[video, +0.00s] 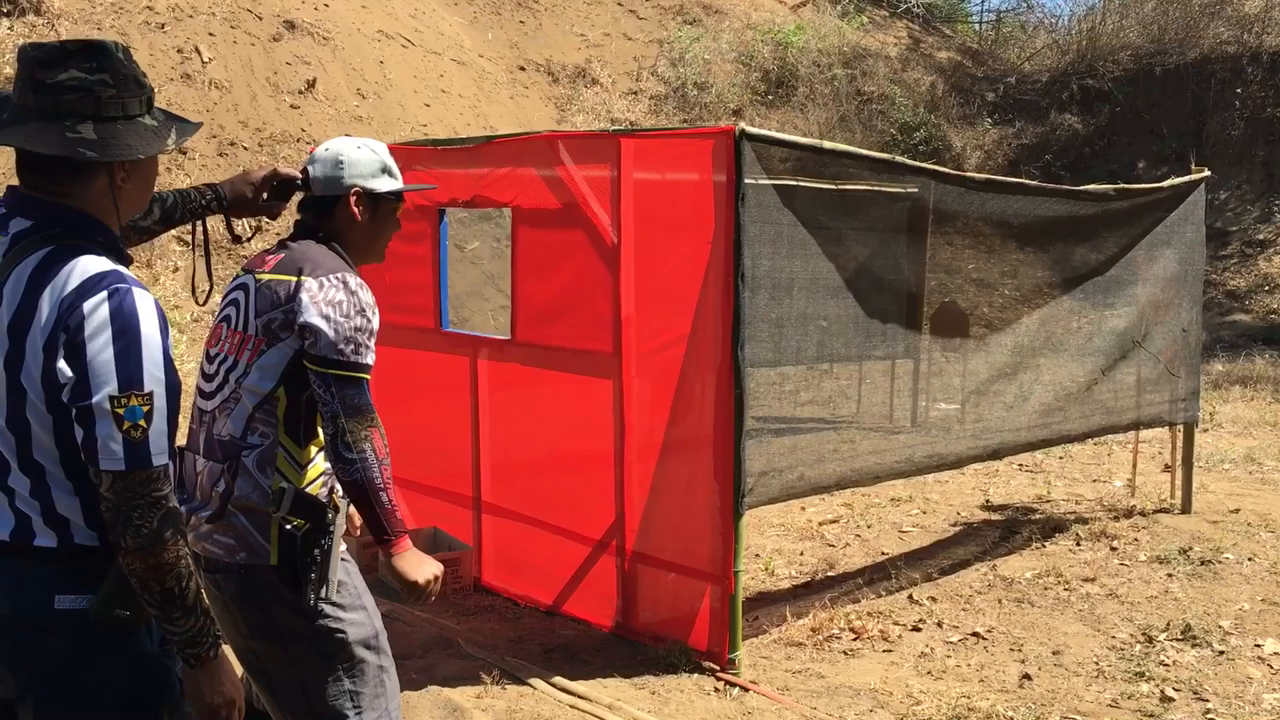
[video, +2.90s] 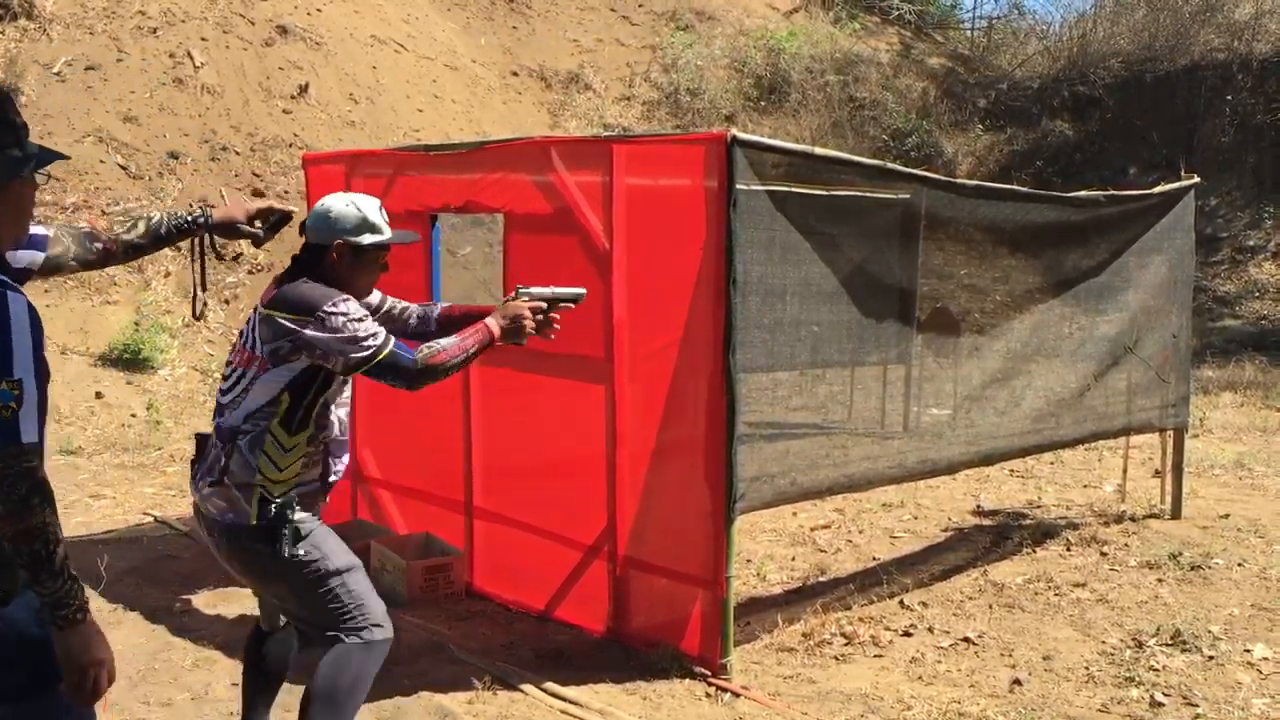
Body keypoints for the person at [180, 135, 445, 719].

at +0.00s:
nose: (401, 223)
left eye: (401, 208)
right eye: (395, 207)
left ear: (335, 203)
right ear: (356, 207)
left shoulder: (265, 267)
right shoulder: (336, 287)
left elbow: (275, 406)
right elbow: (352, 431)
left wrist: (335, 494)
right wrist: (401, 545)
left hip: (222, 532)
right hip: (280, 540)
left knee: (285, 696)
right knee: (363, 696)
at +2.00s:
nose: (406, 228)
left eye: (407, 213)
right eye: (400, 212)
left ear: (339, 210)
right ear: (360, 212)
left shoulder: (272, 271)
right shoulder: (339, 291)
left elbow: (280, 414)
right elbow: (353, 435)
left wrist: (342, 509)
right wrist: (402, 547)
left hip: (225, 527)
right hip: (281, 541)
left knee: (276, 686)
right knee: (366, 698)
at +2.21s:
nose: (405, 231)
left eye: (407, 217)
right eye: (401, 216)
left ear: (334, 210)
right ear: (362, 213)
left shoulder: (269, 272)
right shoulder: (342, 286)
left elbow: (266, 415)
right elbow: (336, 411)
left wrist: (337, 503)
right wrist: (401, 515)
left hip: (225, 528)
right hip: (281, 540)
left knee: (276, 687)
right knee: (367, 701)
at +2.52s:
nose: (422, 233)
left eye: (423, 219)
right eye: (417, 218)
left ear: (354, 214)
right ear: (378, 217)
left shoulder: (303, 270)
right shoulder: (349, 269)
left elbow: (291, 409)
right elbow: (298, 340)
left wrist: (362, 493)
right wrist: (344, 462)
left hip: (252, 530)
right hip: (300, 539)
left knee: (285, 683)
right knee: (363, 707)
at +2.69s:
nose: (410, 271)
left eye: (408, 257)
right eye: (401, 257)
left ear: (352, 261)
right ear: (363, 263)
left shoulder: (302, 310)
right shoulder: (350, 318)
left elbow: (350, 413)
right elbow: (390, 419)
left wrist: (451, 432)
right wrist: (472, 404)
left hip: (237, 549)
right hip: (297, 564)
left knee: (288, 643)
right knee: (390, 708)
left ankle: (257, 711)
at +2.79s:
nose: (391, 270)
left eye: (390, 258)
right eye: (381, 258)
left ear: (337, 261)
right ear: (343, 262)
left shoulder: (288, 308)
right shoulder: (340, 319)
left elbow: (391, 357)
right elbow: (414, 402)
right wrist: (488, 352)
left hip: (236, 533)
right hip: (293, 544)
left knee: (280, 628)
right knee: (348, 706)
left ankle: (255, 714)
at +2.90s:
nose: (386, 265)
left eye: (386, 253)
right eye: (378, 254)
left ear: (333, 255)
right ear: (338, 256)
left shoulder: (316, 291)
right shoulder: (323, 308)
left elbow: (417, 319)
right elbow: (413, 369)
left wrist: (501, 314)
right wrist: (493, 328)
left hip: (232, 502)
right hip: (262, 511)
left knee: (282, 615)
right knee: (366, 631)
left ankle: (254, 716)